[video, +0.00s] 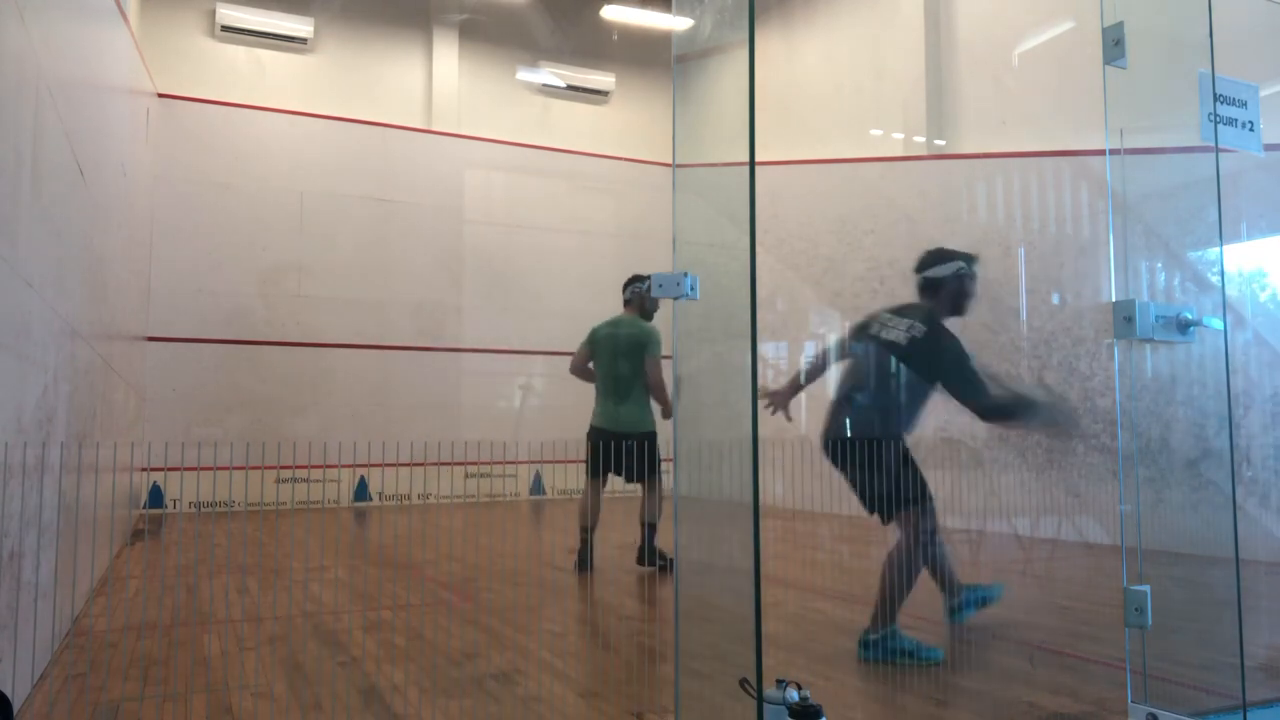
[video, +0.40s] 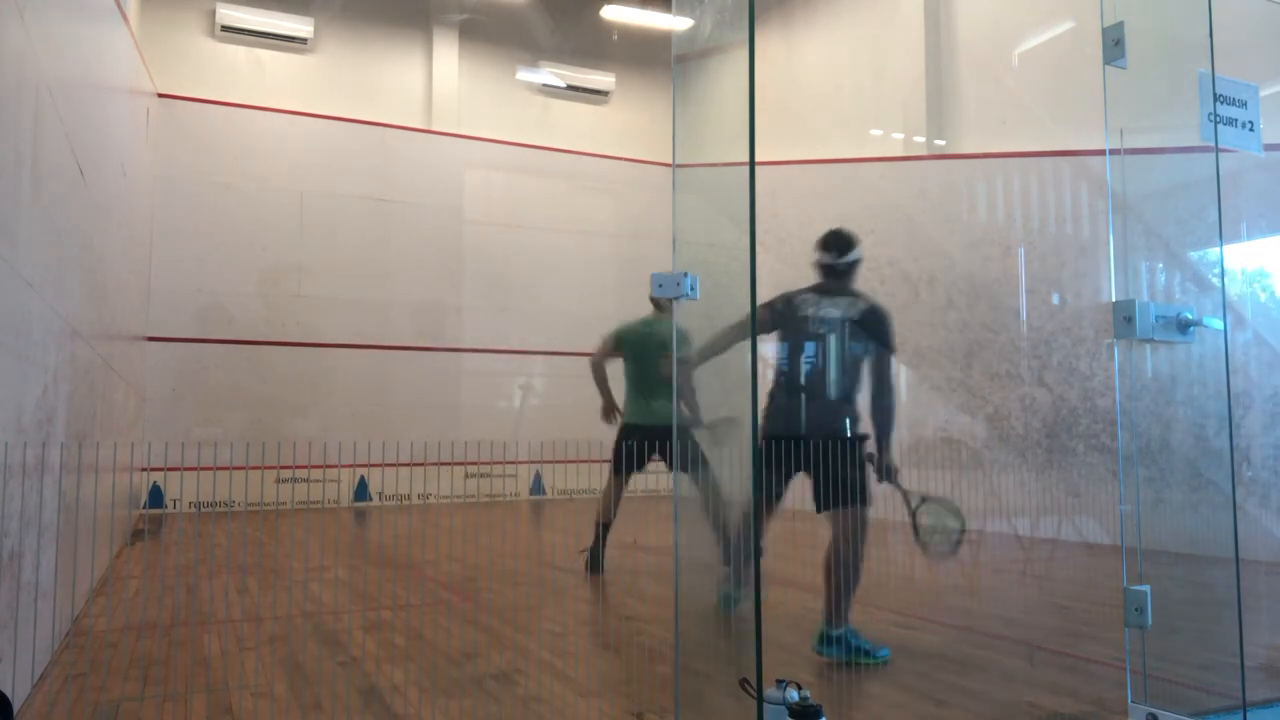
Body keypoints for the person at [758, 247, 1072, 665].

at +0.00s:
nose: (972, 292)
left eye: (971, 283)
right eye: (966, 283)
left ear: (928, 287)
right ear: (946, 288)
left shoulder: (883, 319)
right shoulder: (938, 341)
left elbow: (830, 353)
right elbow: (987, 406)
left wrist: (789, 389)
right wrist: (1042, 409)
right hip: (876, 441)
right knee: (917, 527)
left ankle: (955, 594)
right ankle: (879, 633)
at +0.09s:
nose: (945, 280)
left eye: (944, 271)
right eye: (944, 272)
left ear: (903, 268)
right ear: (935, 275)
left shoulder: (861, 302)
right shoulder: (924, 323)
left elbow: (809, 345)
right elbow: (965, 390)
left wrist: (779, 392)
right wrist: (998, 446)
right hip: (864, 431)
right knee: (902, 522)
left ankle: (902, 592)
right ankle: (880, 631)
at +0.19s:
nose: (915, 252)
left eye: (906, 244)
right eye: (915, 245)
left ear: (877, 243)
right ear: (914, 248)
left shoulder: (839, 282)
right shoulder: (912, 304)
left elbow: (788, 324)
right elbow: (917, 380)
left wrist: (757, 368)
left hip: (812, 412)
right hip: (856, 418)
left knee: (850, 494)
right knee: (870, 511)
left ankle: (840, 586)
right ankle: (871, 623)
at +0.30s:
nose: (884, 254)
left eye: (871, 246)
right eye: (887, 248)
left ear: (851, 245)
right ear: (888, 250)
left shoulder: (817, 286)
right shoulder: (894, 303)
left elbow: (759, 325)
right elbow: (895, 383)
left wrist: (713, 366)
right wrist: (892, 445)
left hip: (797, 414)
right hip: (849, 420)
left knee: (800, 497)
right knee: (857, 519)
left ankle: (779, 584)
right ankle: (838, 624)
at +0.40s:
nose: (840, 272)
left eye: (832, 265)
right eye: (846, 265)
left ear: (818, 263)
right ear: (856, 266)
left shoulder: (790, 304)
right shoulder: (870, 315)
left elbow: (737, 332)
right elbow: (881, 390)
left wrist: (692, 359)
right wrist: (885, 451)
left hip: (782, 431)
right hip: (837, 435)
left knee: (758, 510)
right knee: (851, 527)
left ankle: (732, 589)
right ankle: (835, 630)